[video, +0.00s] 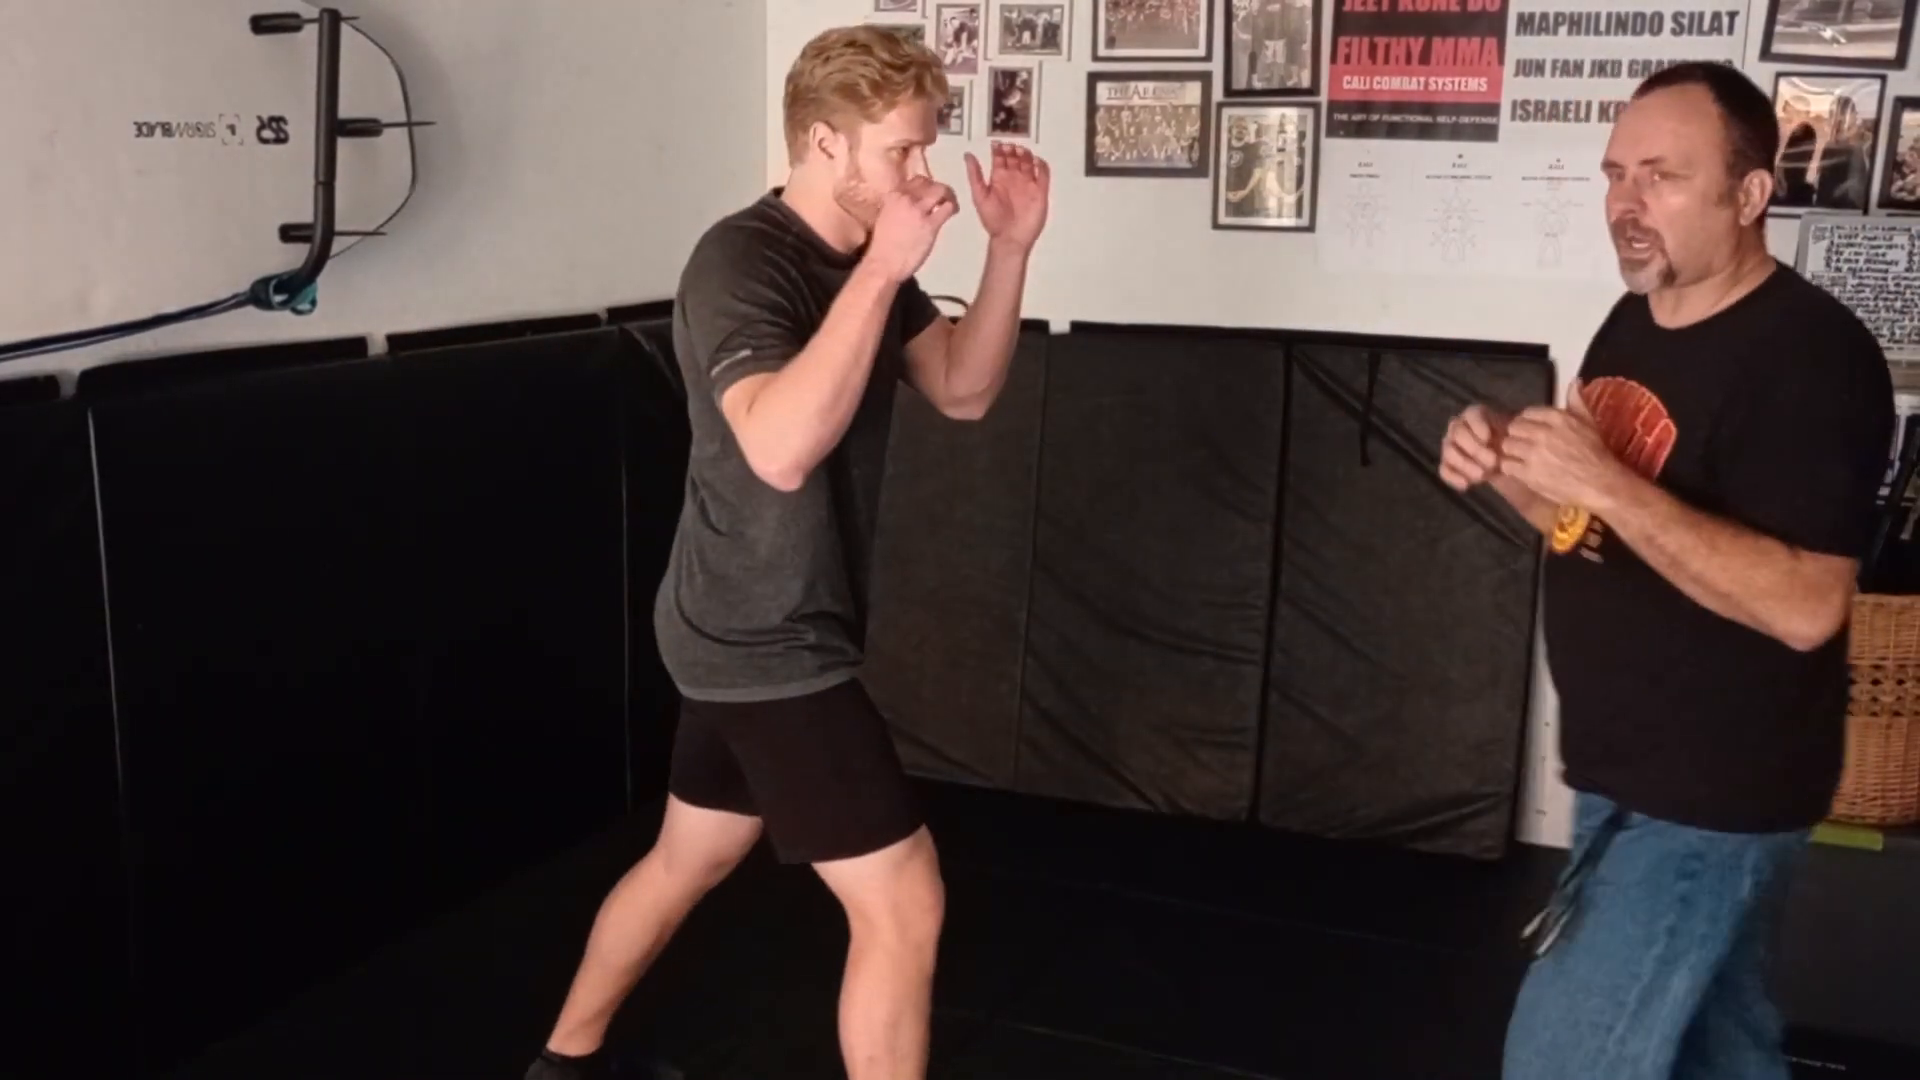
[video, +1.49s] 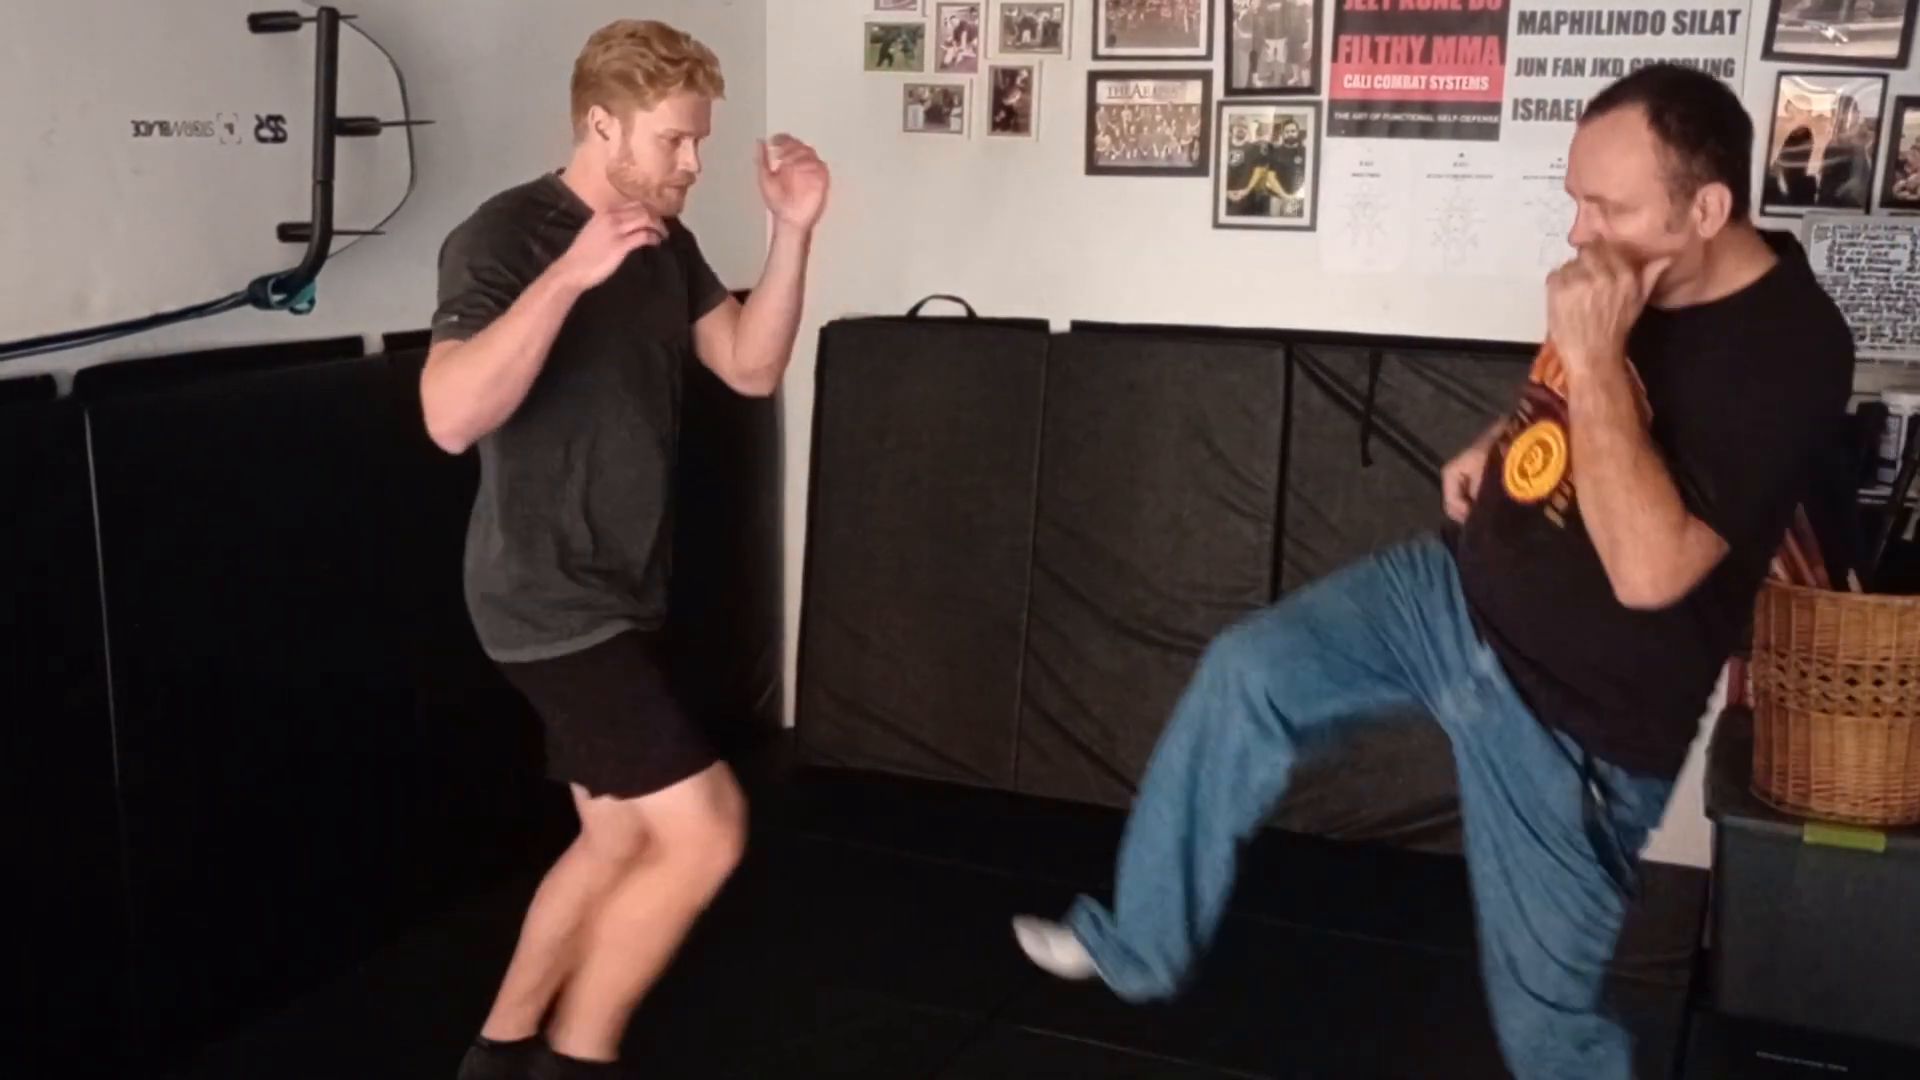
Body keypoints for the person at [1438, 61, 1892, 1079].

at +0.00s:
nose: (1623, 206)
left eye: (1660, 178)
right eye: (1616, 175)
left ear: (1751, 196)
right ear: (1605, 179)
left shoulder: (1825, 354)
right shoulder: (1631, 324)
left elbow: (1809, 605)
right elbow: (1601, 531)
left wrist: (1602, 481)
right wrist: (1508, 470)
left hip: (1717, 807)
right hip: (1614, 782)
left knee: (1561, 1057)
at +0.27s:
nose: (1690, 190)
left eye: (1718, 162)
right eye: (1684, 161)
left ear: (1819, 170)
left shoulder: (1902, 324)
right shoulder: (1713, 301)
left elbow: (1840, 569)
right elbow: (1668, 493)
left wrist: (1676, 411)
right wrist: (1592, 417)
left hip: (1820, 803)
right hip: (1681, 771)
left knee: (1755, 1059)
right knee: (1686, 1048)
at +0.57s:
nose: (1725, 202)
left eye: (1755, 175)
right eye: (1730, 172)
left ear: (1857, 189)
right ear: (1840, 194)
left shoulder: (1918, 344)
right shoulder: (1775, 313)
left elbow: (1897, 603)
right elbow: (1746, 519)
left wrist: (1713, 458)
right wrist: (1641, 463)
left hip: (1866, 827)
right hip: (1701, 762)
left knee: (1856, 1059)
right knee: (1612, 967)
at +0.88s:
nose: (1660, 227)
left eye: (1684, 200)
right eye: (1662, 197)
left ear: (1784, 204)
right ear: (1771, 205)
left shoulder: (1907, 348)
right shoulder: (1714, 319)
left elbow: (1847, 599)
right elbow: (1649, 481)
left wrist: (1655, 457)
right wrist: (1569, 415)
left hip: (1860, 832)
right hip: (1681, 787)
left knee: (1875, 1065)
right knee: (1606, 1057)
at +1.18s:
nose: (1590, 258)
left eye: (1611, 232)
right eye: (1587, 229)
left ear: (1711, 227)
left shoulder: (1866, 362)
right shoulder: (1628, 327)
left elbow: (1859, 611)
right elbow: (1568, 484)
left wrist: (1642, 513)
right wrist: (1448, 520)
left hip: (1733, 823)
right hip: (1569, 763)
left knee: (1628, 1058)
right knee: (1486, 1001)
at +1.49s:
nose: (1580, 233)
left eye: (1605, 209)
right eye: (1578, 206)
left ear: (1706, 211)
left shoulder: (1795, 350)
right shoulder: (1642, 277)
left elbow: (1654, 570)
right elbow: (1573, 377)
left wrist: (1598, 363)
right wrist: (1503, 439)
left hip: (1575, 740)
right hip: (1458, 591)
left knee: (1549, 1035)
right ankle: (1139, 945)